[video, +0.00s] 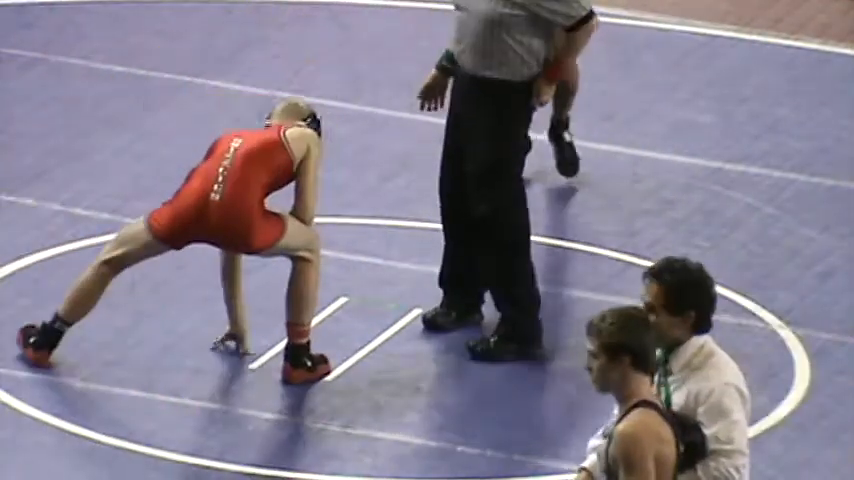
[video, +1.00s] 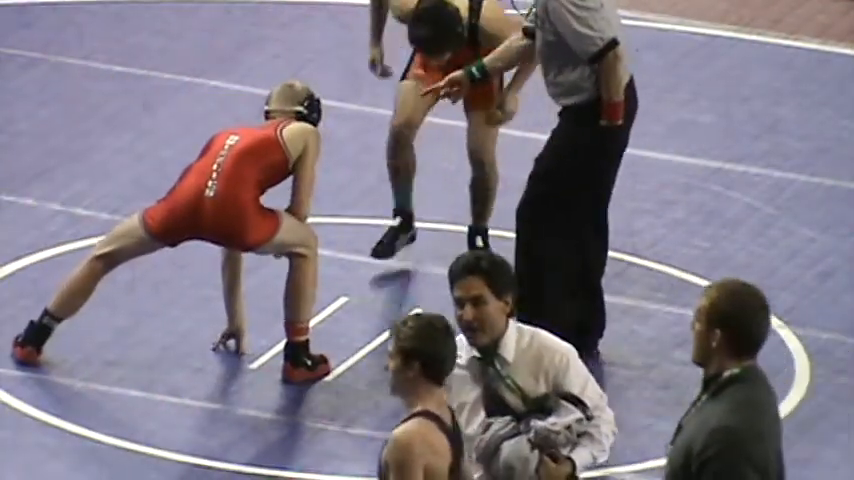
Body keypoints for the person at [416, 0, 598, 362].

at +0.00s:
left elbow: (583, 22)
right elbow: (478, 20)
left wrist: (549, 78)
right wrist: (444, 70)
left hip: (510, 84)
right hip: (470, 78)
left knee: (498, 203)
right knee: (457, 193)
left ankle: (521, 332)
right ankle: (461, 301)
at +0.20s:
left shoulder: (537, 5)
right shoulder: (503, 5)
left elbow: (587, 32)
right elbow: (499, 24)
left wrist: (561, 84)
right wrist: (462, 58)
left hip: (525, 102)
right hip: (497, 97)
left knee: (513, 218)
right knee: (474, 205)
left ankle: (524, 332)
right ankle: (464, 301)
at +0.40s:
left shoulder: (535, 6)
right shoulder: (516, 4)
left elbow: (583, 49)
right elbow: (517, 26)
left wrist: (569, 107)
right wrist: (472, 53)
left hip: (542, 105)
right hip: (523, 100)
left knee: (523, 218)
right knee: (509, 212)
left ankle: (528, 327)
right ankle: (515, 310)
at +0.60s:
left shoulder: (551, 6)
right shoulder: (536, 5)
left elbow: (582, 57)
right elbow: (523, 29)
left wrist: (575, 126)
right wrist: (475, 59)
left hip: (552, 107)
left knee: (530, 217)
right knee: (562, 216)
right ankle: (584, 320)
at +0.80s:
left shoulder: (559, 5)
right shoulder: (539, 5)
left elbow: (598, 55)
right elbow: (533, 28)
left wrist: (598, 125)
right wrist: (480, 66)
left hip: (581, 109)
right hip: (562, 104)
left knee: (569, 223)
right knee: (533, 215)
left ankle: (579, 332)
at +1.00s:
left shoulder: (567, 4)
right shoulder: (548, 6)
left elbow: (611, 54)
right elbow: (527, 39)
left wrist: (612, 119)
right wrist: (472, 73)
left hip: (592, 111)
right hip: (594, 107)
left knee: (536, 214)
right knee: (577, 218)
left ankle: (537, 333)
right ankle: (579, 336)